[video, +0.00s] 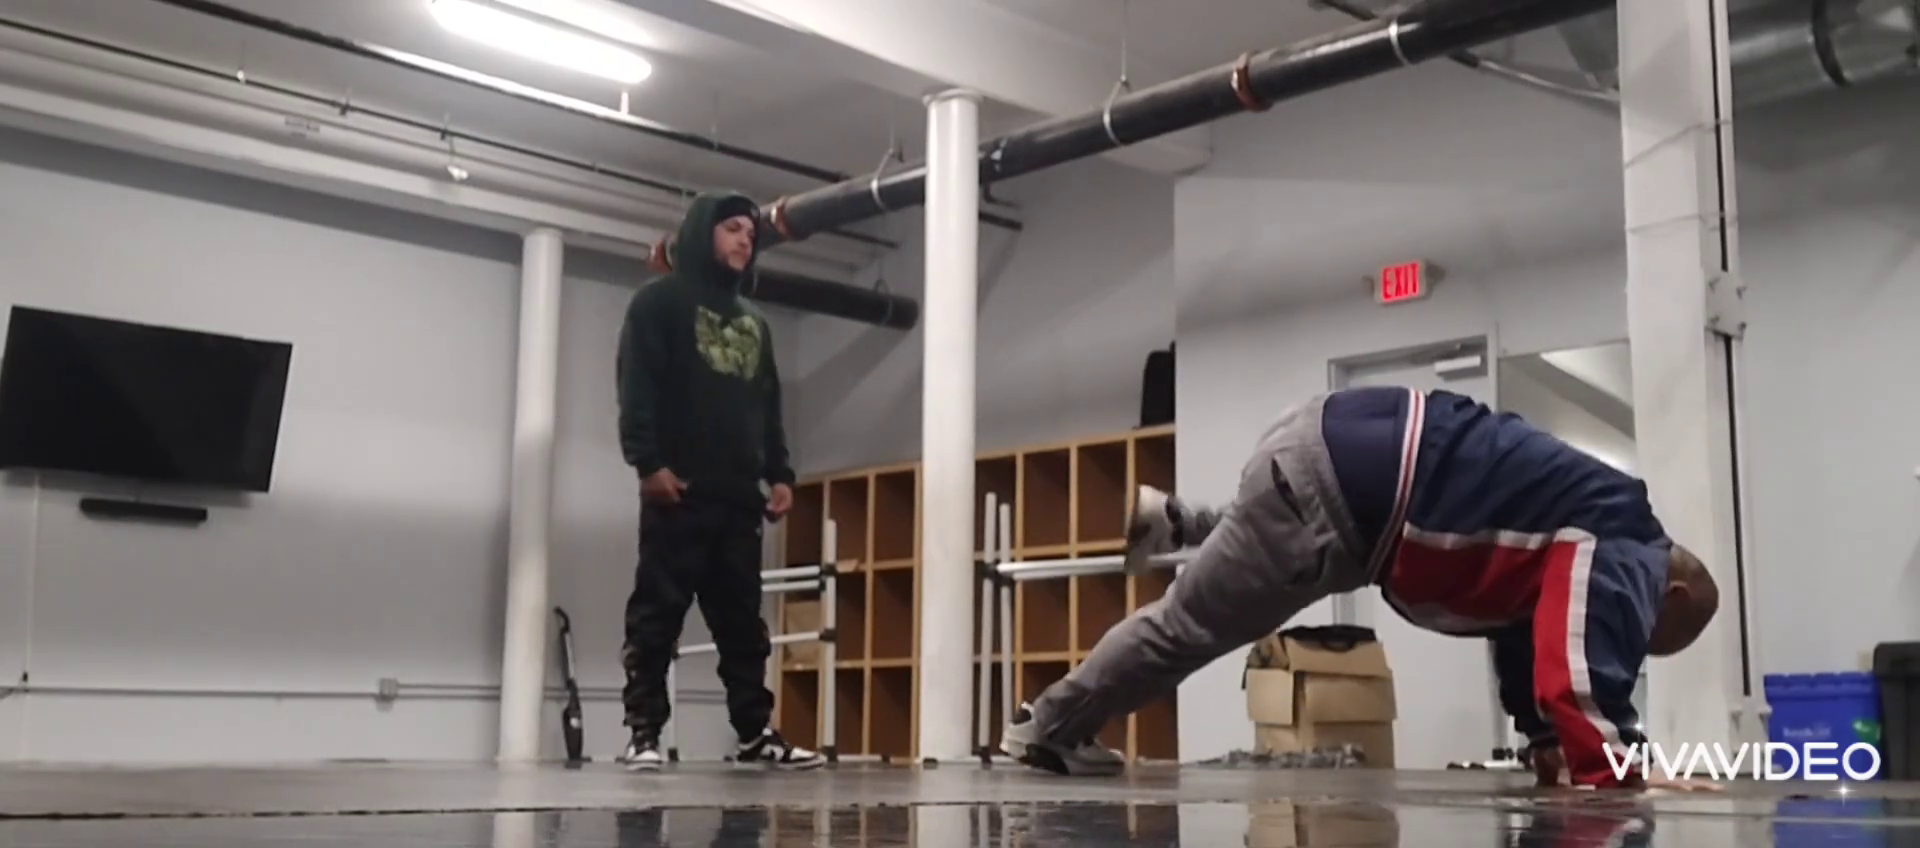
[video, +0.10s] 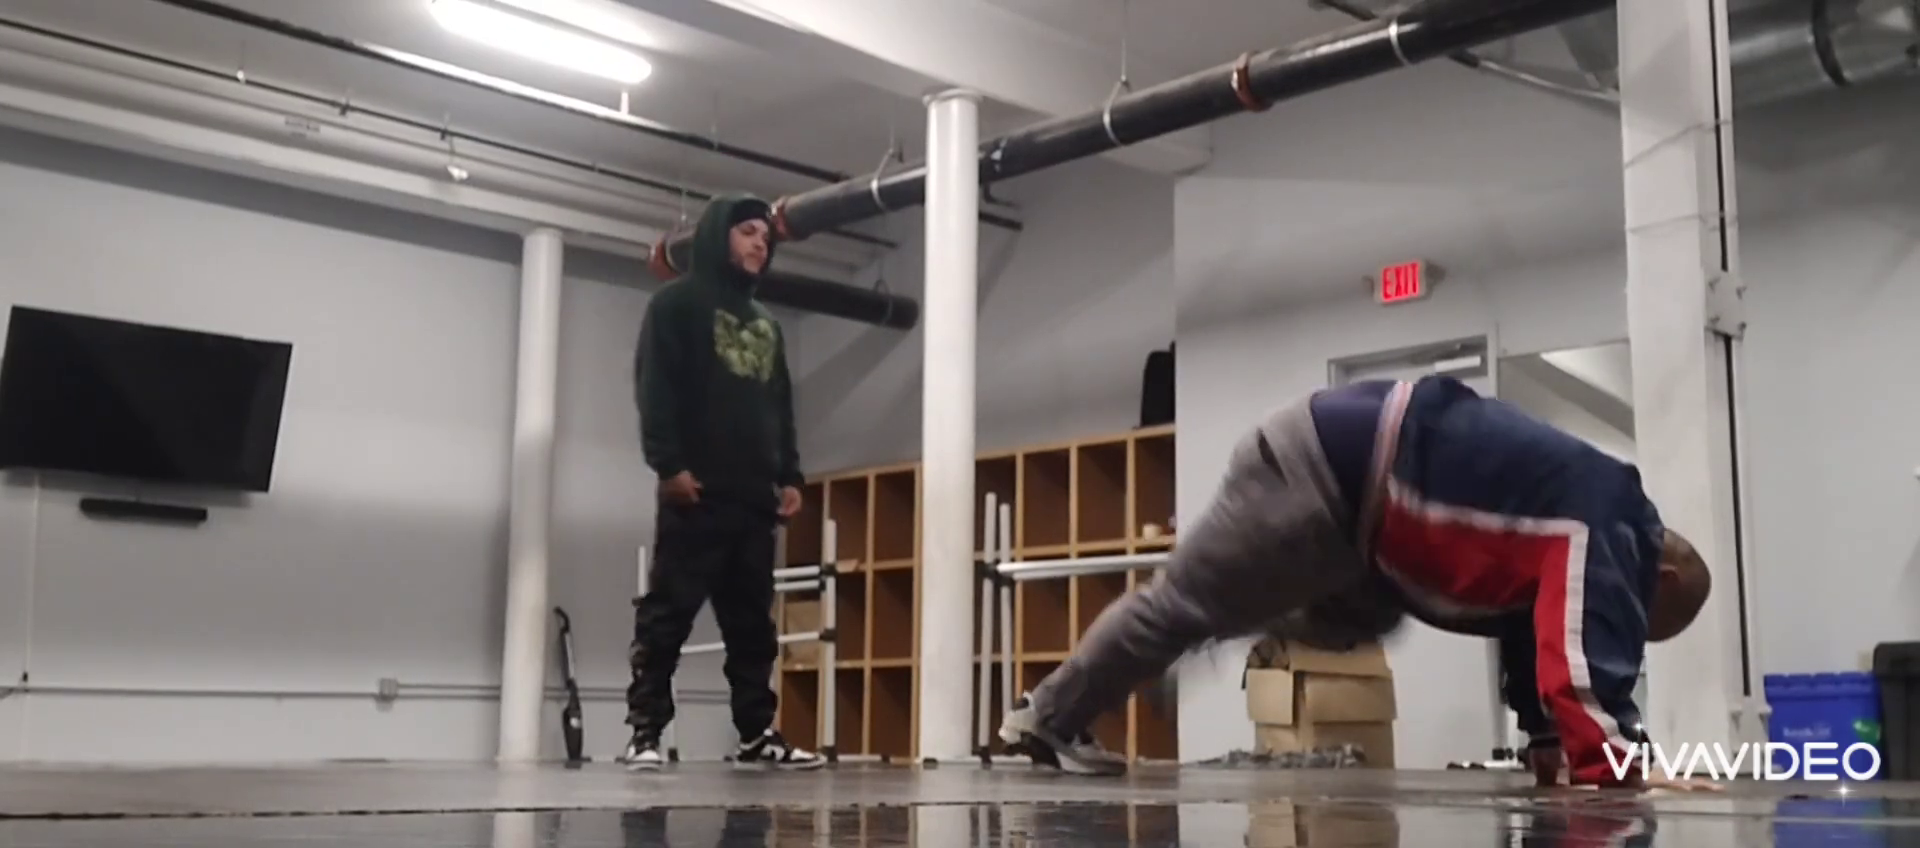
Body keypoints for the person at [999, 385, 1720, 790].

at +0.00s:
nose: (1645, 648)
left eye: (1659, 642)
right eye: (1661, 640)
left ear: (1660, 569)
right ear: (1670, 594)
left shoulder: (1582, 529)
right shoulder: (1627, 550)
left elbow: (1528, 658)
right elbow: (1577, 677)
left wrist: (1554, 752)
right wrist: (1620, 769)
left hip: (1327, 440)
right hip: (1336, 488)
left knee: (1275, 559)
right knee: (1184, 627)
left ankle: (1172, 528)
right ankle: (1051, 727)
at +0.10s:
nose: (1638, 626)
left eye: (1651, 624)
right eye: (1653, 617)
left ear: (1653, 565)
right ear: (1666, 571)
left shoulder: (1585, 540)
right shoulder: (1609, 524)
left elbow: (1539, 661)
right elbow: (1584, 666)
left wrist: (1557, 751)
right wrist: (1623, 763)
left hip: (1377, 533)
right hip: (1330, 466)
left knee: (1361, 615)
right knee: (1180, 607)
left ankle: (1235, 615)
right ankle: (1047, 716)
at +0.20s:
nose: (1620, 611)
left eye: (1632, 613)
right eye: (1636, 602)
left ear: (1637, 551)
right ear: (1650, 555)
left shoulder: (1581, 525)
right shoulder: (1575, 482)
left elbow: (1535, 636)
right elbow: (1562, 620)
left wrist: (1550, 741)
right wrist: (1604, 747)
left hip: (1372, 534)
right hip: (1309, 456)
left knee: (1389, 653)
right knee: (1175, 587)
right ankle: (1043, 718)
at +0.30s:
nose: (1608, 612)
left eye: (1623, 611)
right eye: (1627, 603)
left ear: (1649, 543)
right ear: (1646, 548)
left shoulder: (1600, 513)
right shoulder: (1569, 484)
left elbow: (1555, 627)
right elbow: (1499, 612)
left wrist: (1547, 748)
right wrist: (1511, 748)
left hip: (1375, 535)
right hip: (1309, 458)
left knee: (1385, 656)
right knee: (1177, 590)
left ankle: (1210, 668)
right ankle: (1044, 719)